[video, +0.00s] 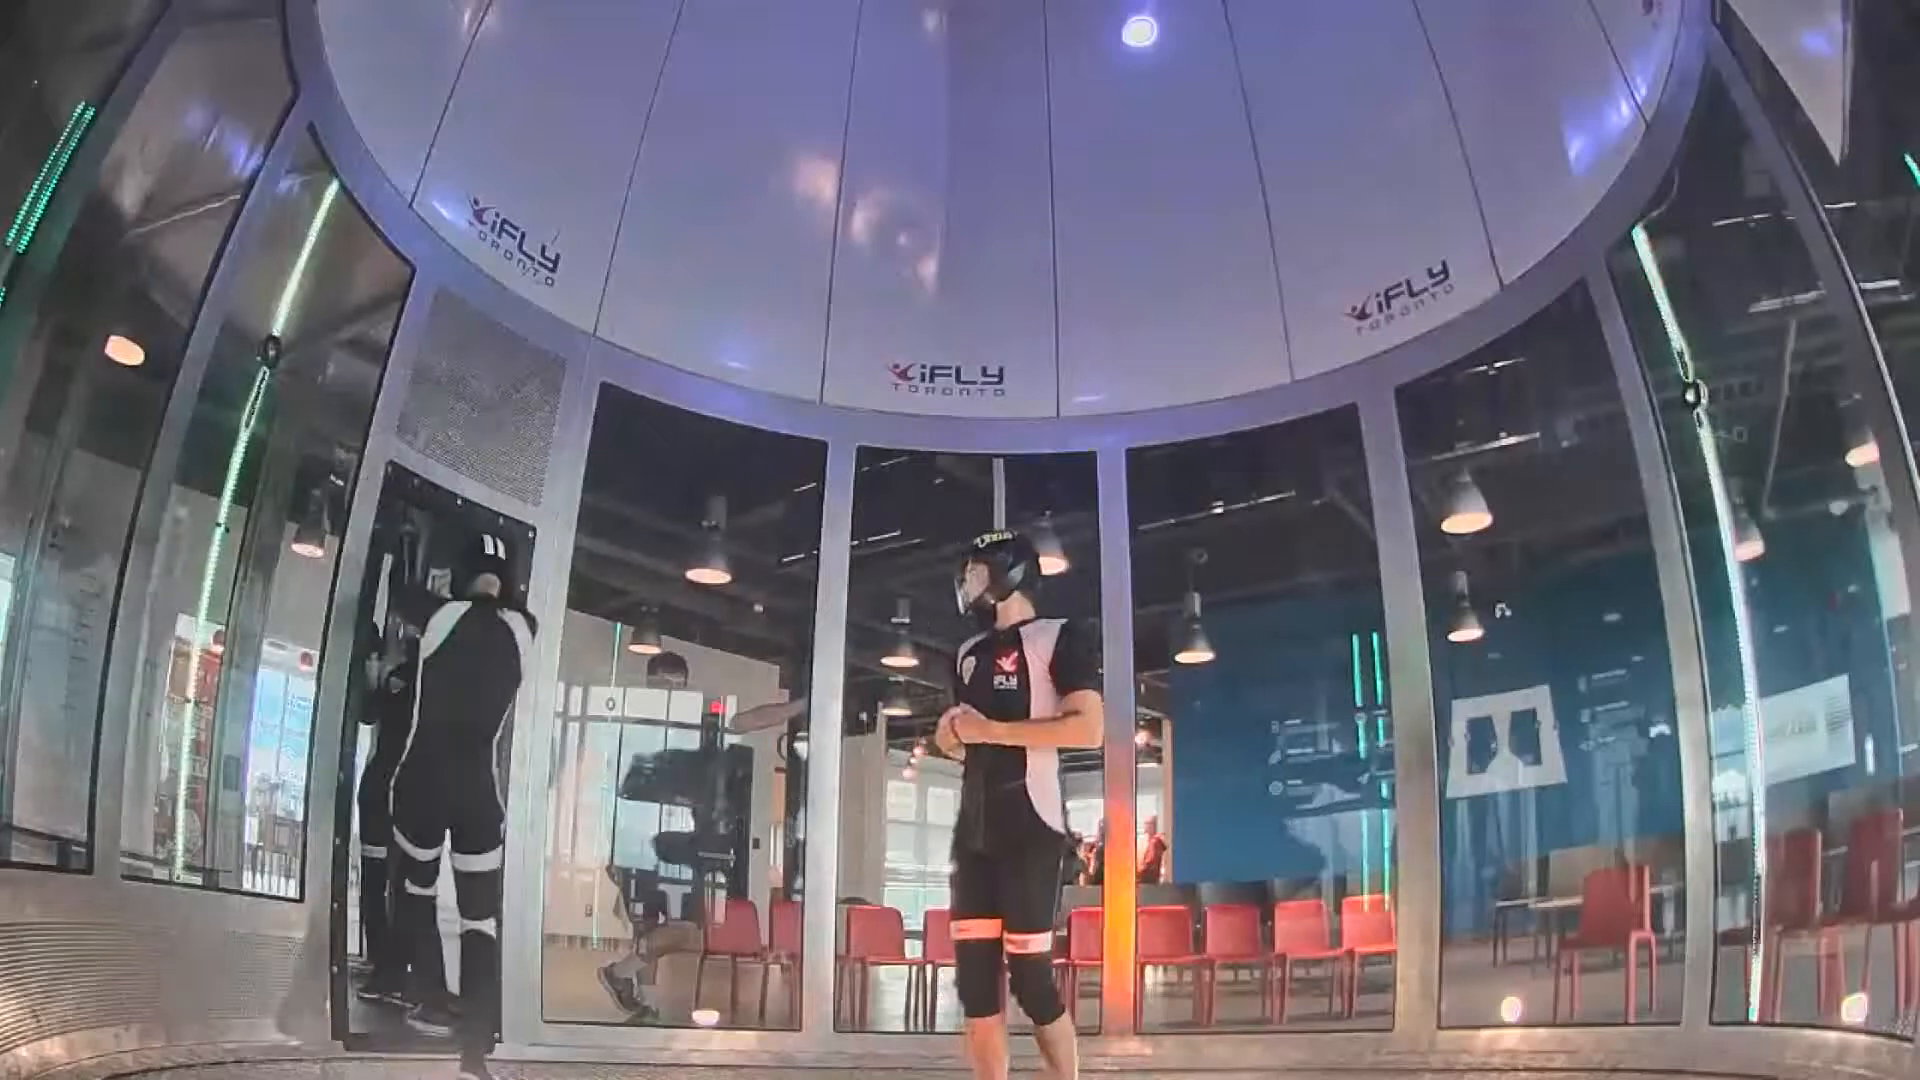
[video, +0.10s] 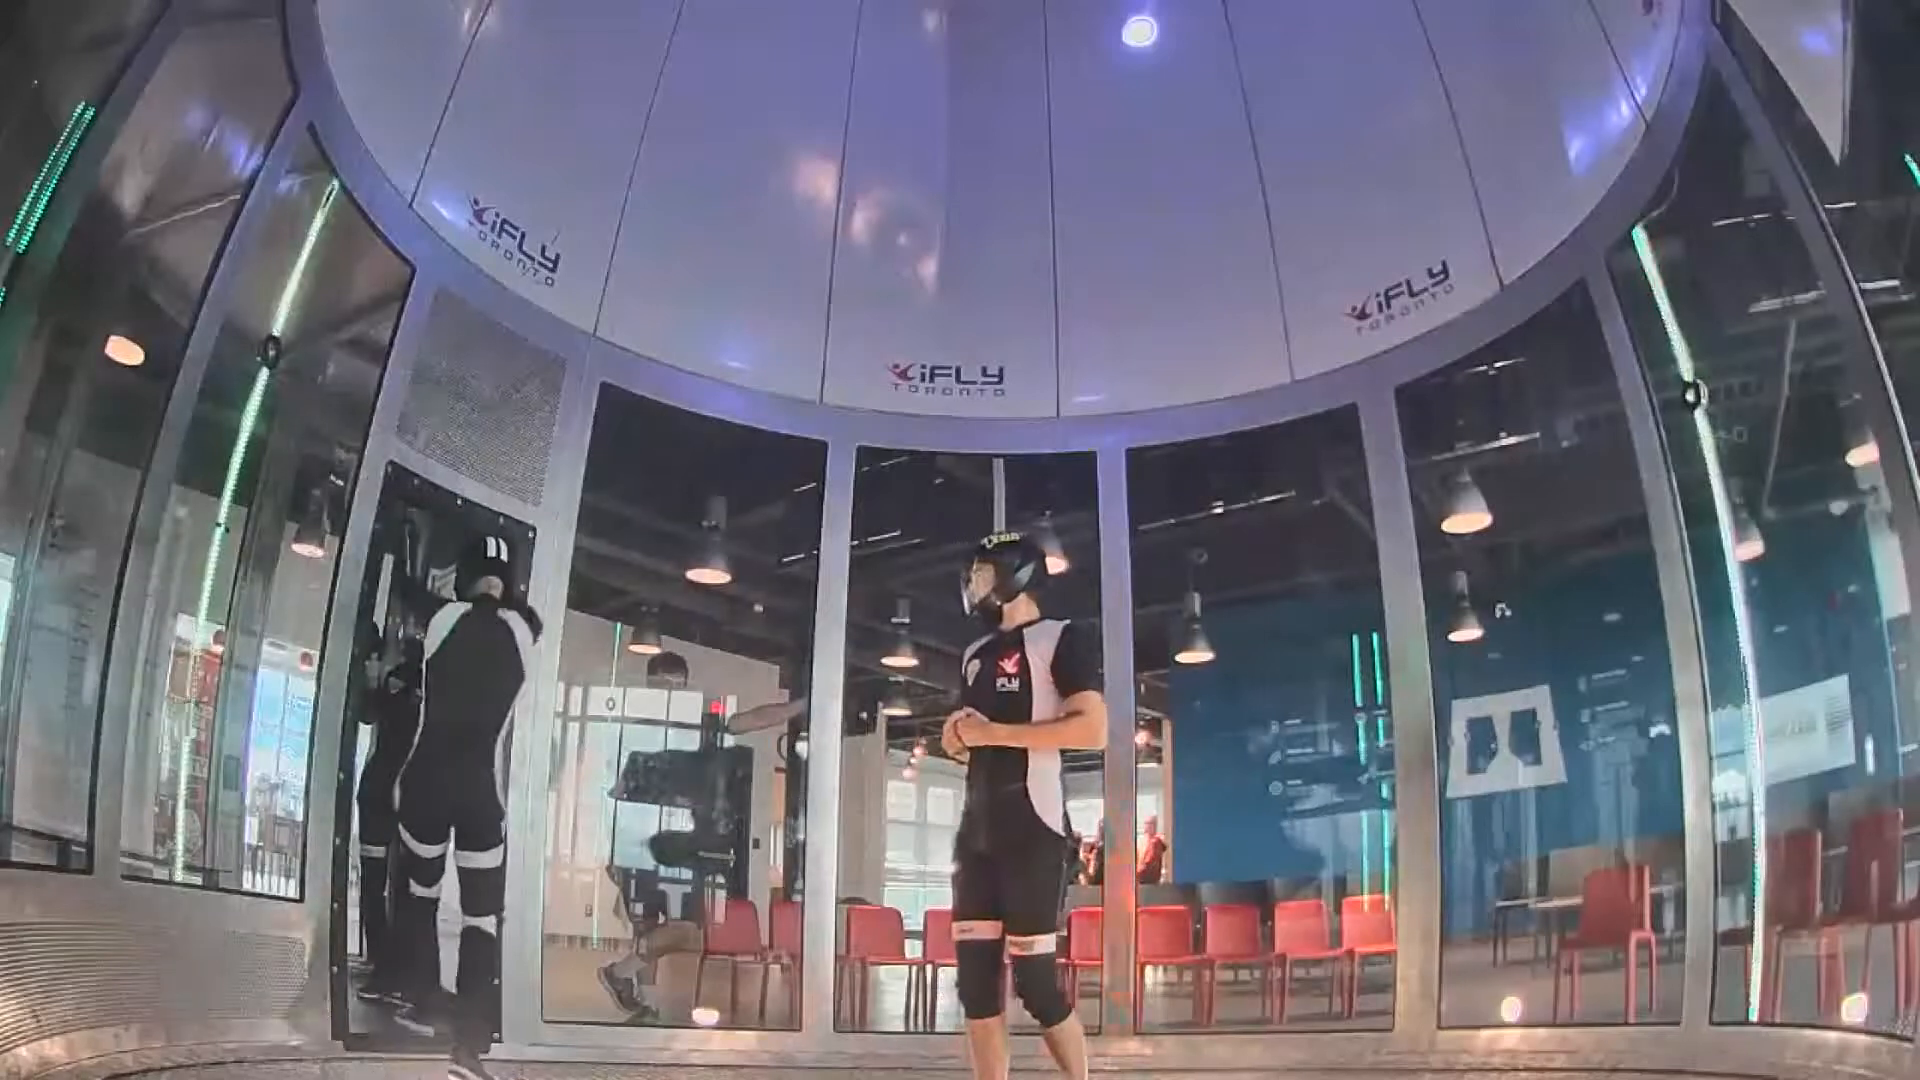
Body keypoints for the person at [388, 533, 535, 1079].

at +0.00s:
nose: (486, 595)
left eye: (471, 588)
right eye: (498, 594)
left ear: (465, 593)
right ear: (504, 599)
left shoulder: (438, 615)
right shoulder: (520, 631)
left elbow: (396, 592)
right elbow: (523, 611)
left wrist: (393, 543)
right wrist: (494, 593)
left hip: (421, 776)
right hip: (481, 783)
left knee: (419, 898)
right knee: (482, 916)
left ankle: (431, 1003)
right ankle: (478, 1045)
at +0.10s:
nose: (483, 598)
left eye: (472, 593)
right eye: (498, 596)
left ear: (467, 594)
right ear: (507, 600)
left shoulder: (443, 619)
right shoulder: (524, 635)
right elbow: (532, 617)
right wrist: (506, 596)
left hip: (427, 780)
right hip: (484, 787)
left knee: (421, 899)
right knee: (482, 914)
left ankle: (424, 1006)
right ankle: (474, 1034)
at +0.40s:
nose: (477, 591)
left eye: (468, 586)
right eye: (481, 586)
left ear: (448, 593)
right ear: (487, 593)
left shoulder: (425, 626)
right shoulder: (504, 627)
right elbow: (547, 612)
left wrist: (449, 596)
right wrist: (506, 593)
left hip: (418, 774)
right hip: (474, 778)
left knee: (406, 888)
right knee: (479, 900)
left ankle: (390, 996)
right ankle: (475, 1017)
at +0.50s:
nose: (459, 600)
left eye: (451, 592)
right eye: (462, 593)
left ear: (429, 593)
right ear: (468, 595)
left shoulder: (403, 625)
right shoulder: (485, 626)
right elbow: (539, 616)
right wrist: (500, 591)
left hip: (405, 778)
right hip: (459, 781)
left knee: (398, 892)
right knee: (467, 905)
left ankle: (388, 1005)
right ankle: (470, 1022)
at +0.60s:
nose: (436, 594)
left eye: (431, 588)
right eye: (437, 588)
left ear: (402, 590)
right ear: (441, 590)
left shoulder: (380, 621)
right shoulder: (462, 620)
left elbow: (365, 695)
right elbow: (524, 628)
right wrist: (498, 592)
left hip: (390, 771)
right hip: (441, 772)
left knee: (391, 895)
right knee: (458, 898)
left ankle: (390, 1010)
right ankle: (473, 1012)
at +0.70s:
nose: (414, 587)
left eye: (408, 580)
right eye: (416, 580)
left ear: (381, 586)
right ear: (423, 583)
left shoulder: (364, 628)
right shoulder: (440, 612)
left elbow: (352, 702)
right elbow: (499, 642)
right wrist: (493, 596)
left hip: (381, 769)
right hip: (433, 773)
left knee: (379, 888)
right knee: (441, 889)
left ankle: (389, 1012)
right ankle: (479, 974)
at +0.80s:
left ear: (364, 570)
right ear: (400, 568)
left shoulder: (361, 610)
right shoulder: (429, 611)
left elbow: (349, 689)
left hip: (374, 760)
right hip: (423, 763)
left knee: (374, 888)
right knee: (421, 881)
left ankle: (388, 1011)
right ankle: (471, 926)